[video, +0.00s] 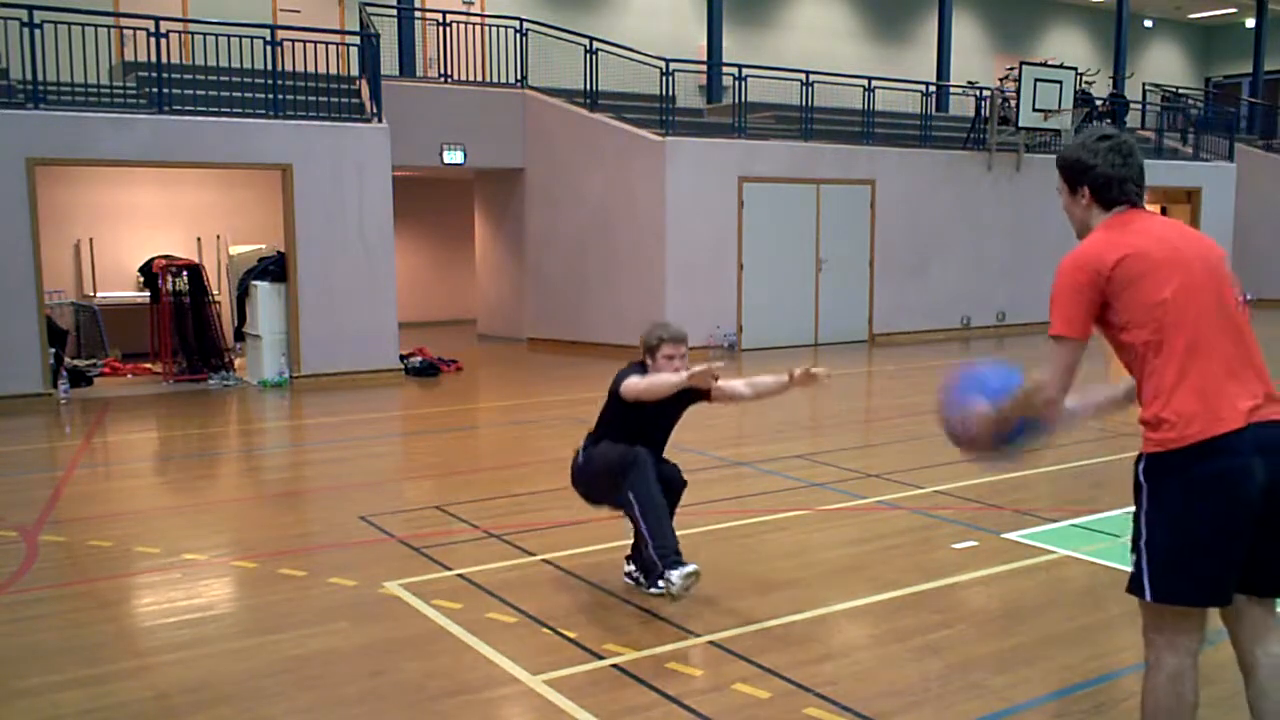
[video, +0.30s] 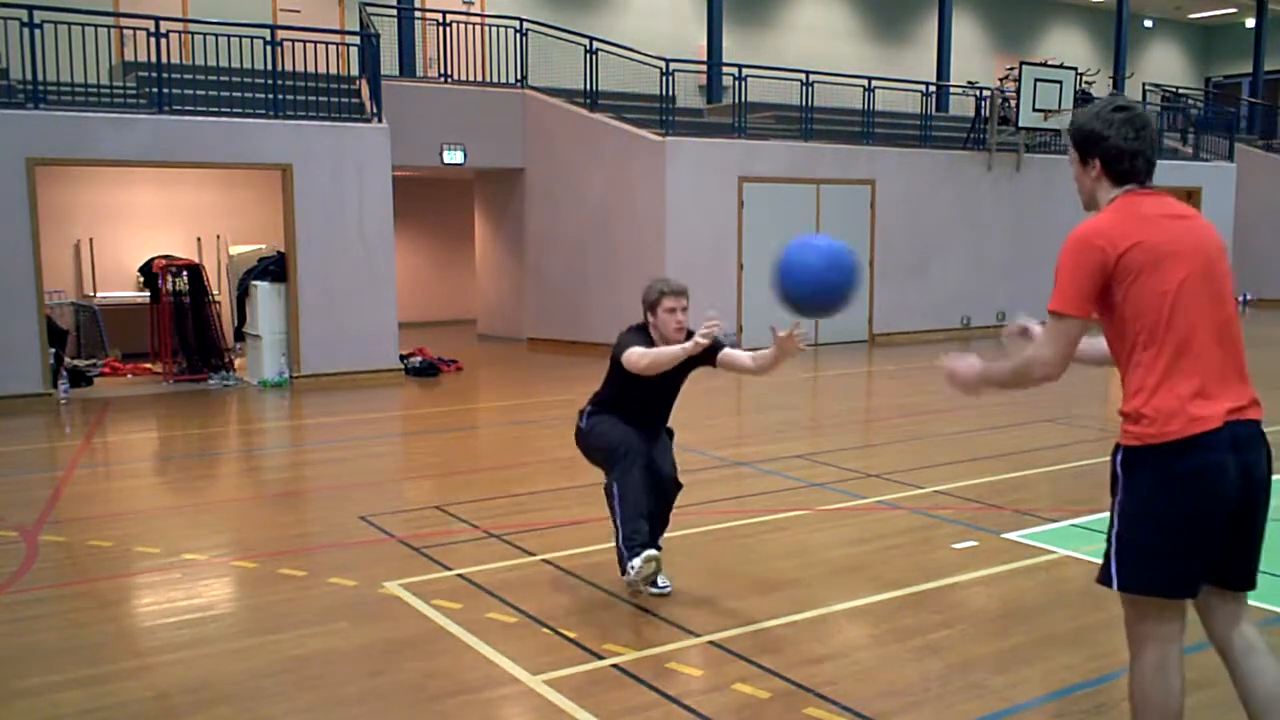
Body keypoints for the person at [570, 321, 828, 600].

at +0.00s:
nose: (679, 365)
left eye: (683, 357)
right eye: (670, 358)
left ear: (688, 357)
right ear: (649, 358)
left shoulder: (689, 386)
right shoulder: (631, 376)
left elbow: (742, 390)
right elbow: (635, 391)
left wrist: (789, 381)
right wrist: (686, 380)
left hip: (642, 471)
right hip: (594, 470)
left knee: (671, 479)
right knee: (638, 461)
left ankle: (642, 563)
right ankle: (667, 568)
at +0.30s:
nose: (681, 319)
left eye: (684, 311)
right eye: (671, 311)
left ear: (689, 312)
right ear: (650, 317)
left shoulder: (697, 346)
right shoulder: (632, 340)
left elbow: (751, 362)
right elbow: (642, 363)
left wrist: (778, 353)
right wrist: (690, 347)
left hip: (651, 433)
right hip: (604, 423)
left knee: (666, 482)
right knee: (629, 454)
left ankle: (645, 563)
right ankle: (635, 560)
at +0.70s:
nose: (673, 286)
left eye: (676, 278)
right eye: (664, 279)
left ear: (681, 282)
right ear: (643, 286)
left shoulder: (688, 326)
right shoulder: (619, 330)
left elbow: (754, 375)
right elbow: (588, 400)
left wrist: (712, 367)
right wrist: (647, 376)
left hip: (655, 417)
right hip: (608, 415)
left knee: (663, 483)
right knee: (634, 459)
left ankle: (642, 558)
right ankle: (637, 562)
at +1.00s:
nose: (661, 313)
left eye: (666, 306)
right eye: (651, 306)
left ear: (672, 310)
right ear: (631, 308)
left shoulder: (676, 343)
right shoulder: (615, 337)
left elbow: (739, 339)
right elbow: (605, 355)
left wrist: (755, 305)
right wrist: (666, 315)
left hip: (643, 440)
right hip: (594, 436)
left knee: (664, 480)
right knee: (634, 456)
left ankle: (640, 562)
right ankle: (645, 565)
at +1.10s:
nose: (650, 337)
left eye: (654, 330)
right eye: (642, 329)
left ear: (661, 335)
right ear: (624, 332)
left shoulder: (666, 367)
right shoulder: (605, 368)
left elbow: (728, 357)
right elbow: (602, 372)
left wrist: (747, 325)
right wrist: (655, 327)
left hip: (637, 464)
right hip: (588, 467)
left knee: (662, 473)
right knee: (631, 465)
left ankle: (640, 562)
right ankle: (648, 570)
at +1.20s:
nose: (639, 364)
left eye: (642, 357)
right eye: (634, 357)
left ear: (647, 360)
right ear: (615, 358)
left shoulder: (655, 395)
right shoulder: (593, 398)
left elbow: (716, 387)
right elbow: (595, 396)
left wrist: (729, 354)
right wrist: (639, 344)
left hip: (630, 502)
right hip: (586, 504)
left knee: (655, 467)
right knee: (624, 477)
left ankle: (639, 564)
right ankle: (658, 575)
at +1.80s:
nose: (512, 475)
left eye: (511, 472)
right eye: (502, 475)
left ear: (518, 475)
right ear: (491, 493)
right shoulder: (495, 516)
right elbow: (453, 477)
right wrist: (447, 502)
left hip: (603, 509)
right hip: (565, 521)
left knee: (564, 436)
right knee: (523, 448)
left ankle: (564, 341)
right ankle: (521, 353)